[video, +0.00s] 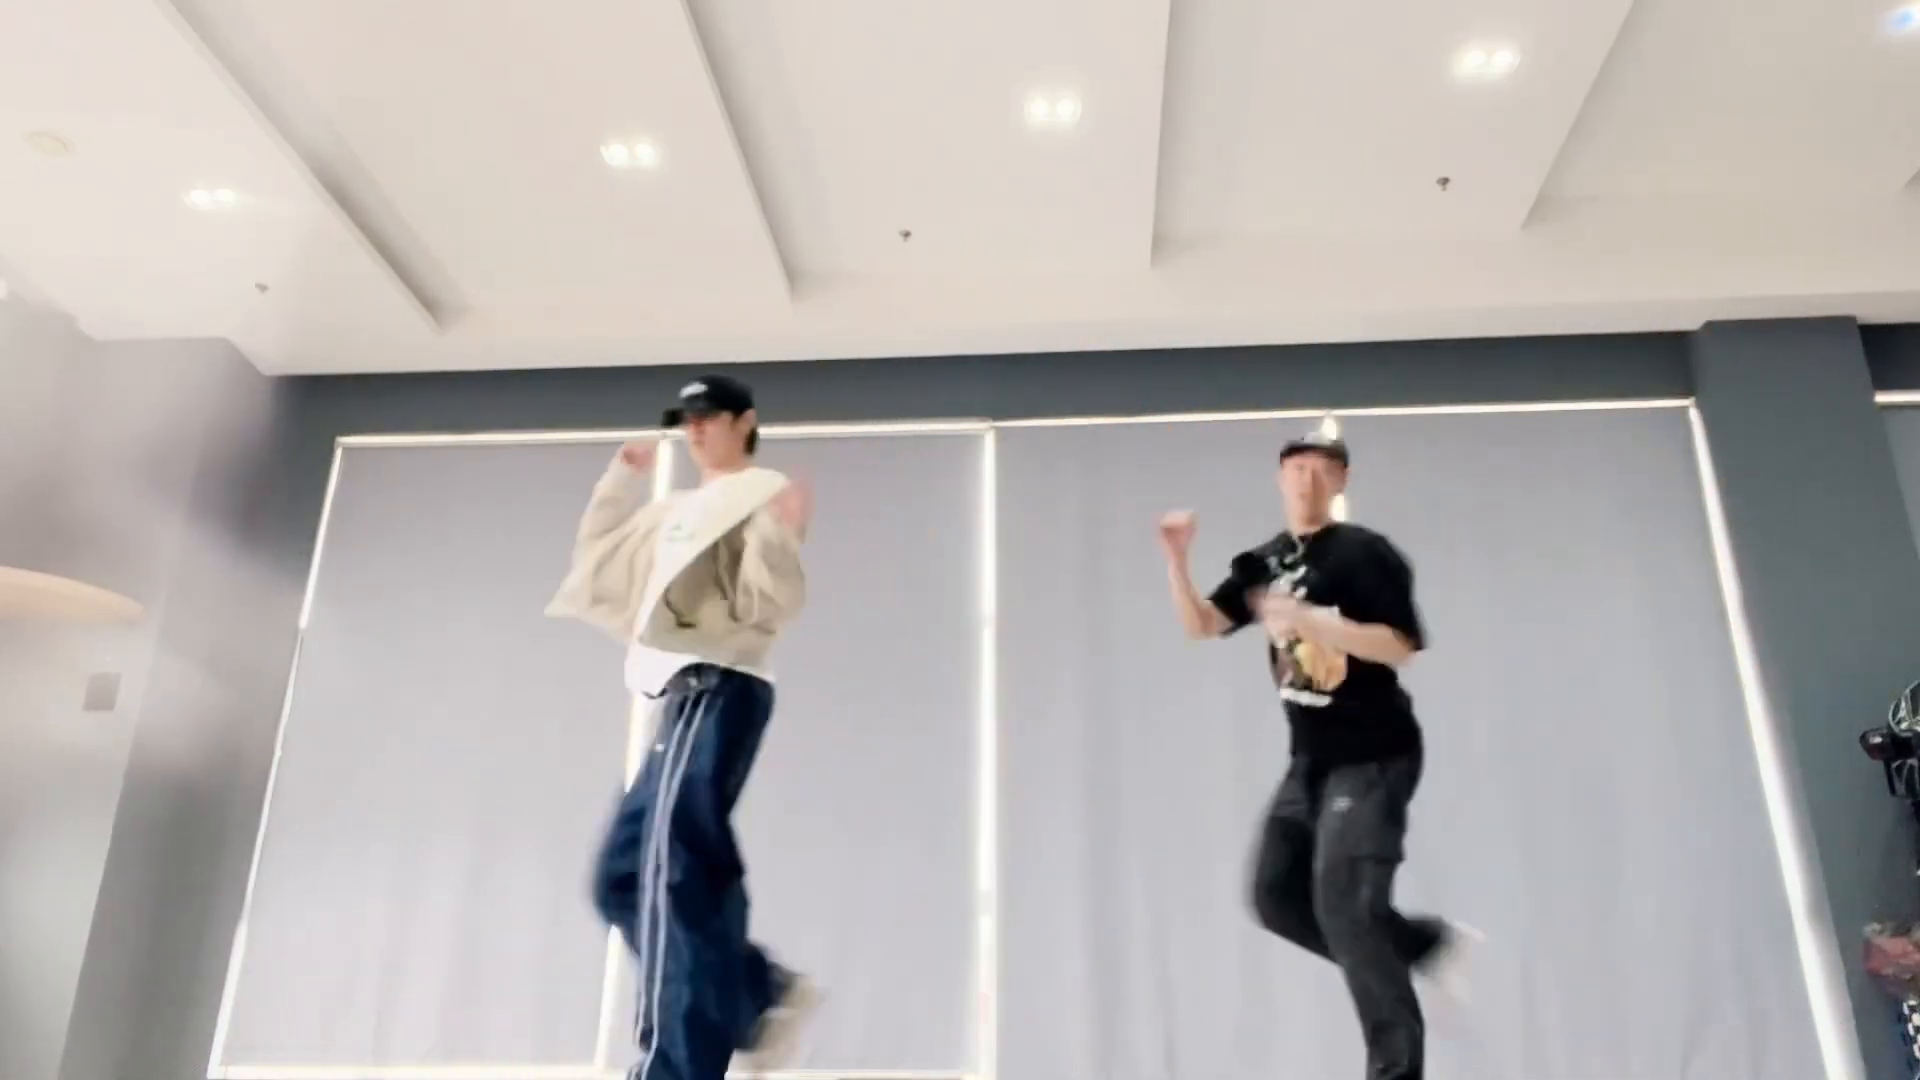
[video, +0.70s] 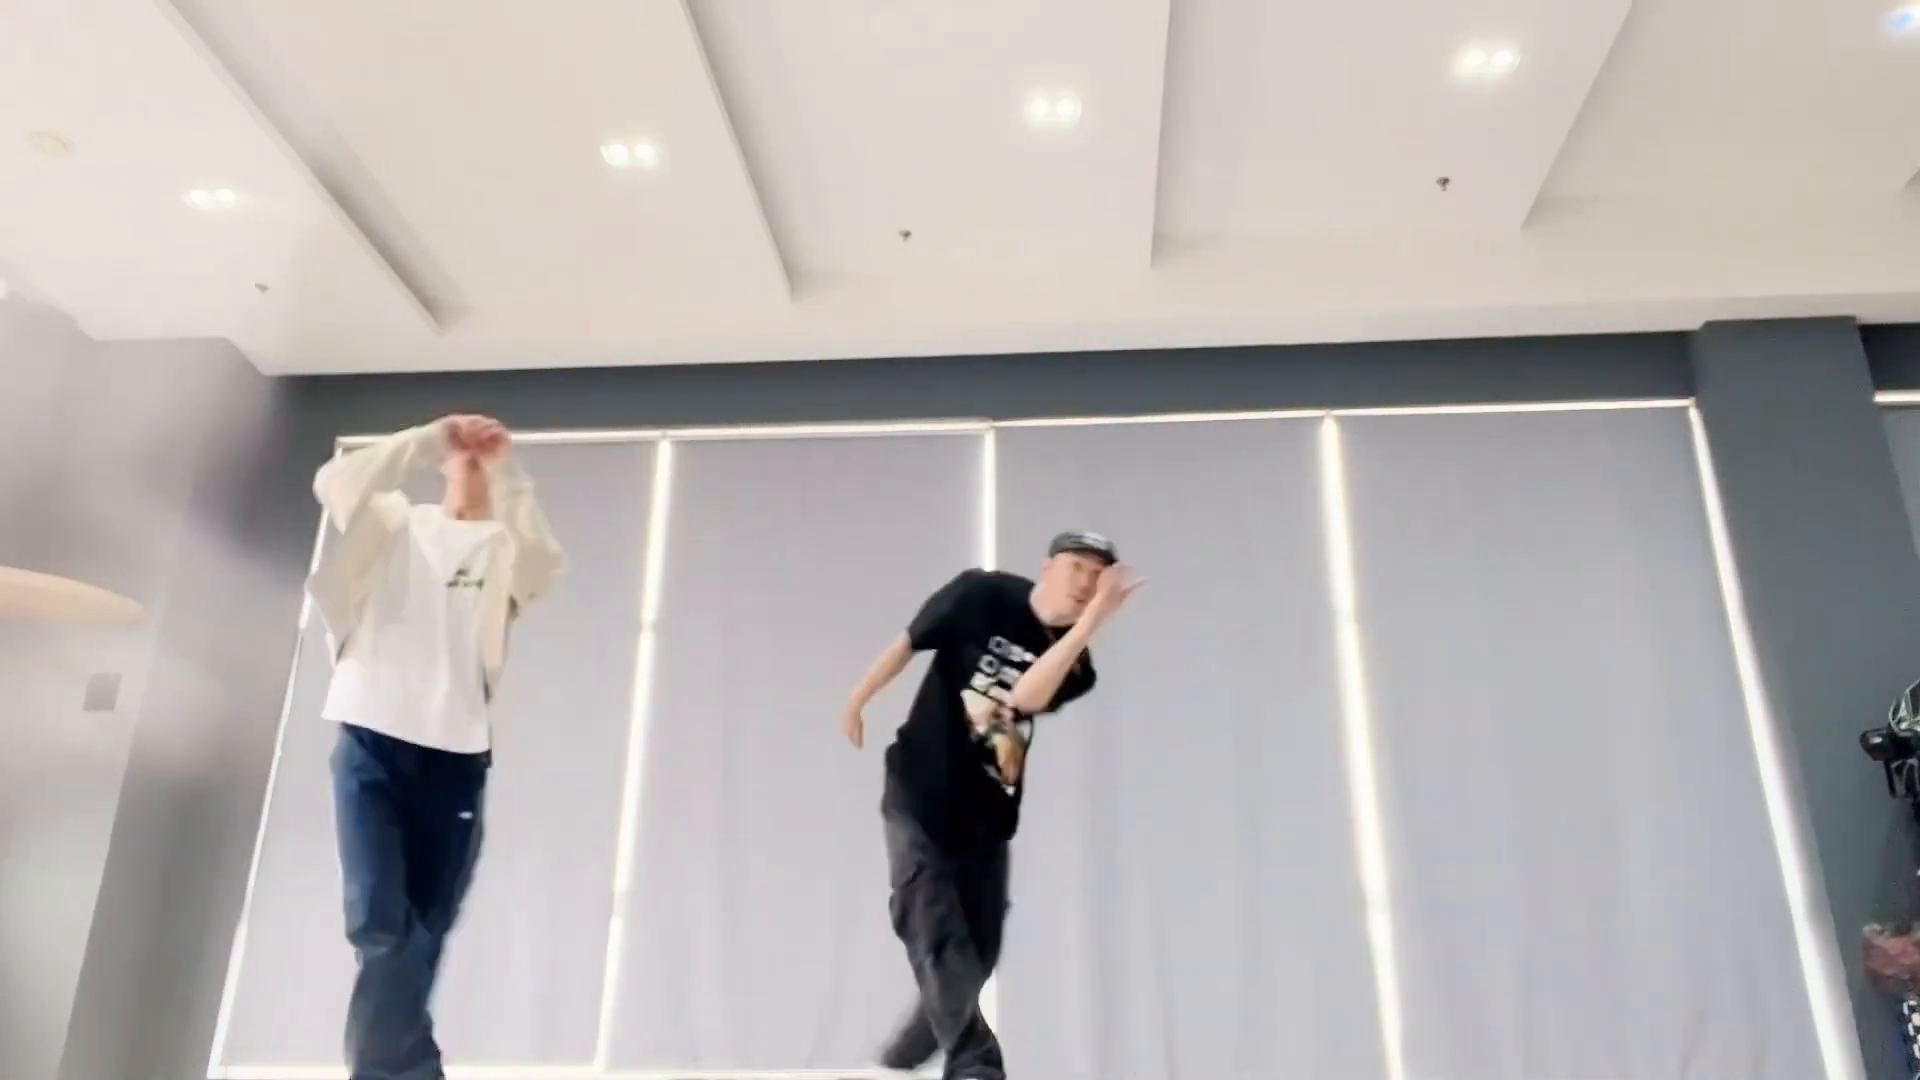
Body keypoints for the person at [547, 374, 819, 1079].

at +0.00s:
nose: (694, 431)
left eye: (708, 418)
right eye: (687, 422)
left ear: (746, 424)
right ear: (682, 436)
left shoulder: (761, 494)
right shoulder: (674, 509)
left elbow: (769, 610)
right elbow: (595, 573)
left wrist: (779, 532)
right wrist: (624, 476)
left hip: (725, 694)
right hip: (673, 699)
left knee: (681, 867)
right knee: (621, 877)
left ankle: (675, 1064)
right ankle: (760, 999)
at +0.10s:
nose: (645, 431)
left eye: (660, 416)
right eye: (638, 422)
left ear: (700, 426)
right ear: (635, 437)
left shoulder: (739, 478)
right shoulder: (628, 529)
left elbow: (759, 534)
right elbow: (548, 585)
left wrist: (675, 458)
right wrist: (494, 540)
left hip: (675, 702)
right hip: (606, 716)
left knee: (637, 879)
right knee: (518, 859)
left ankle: (672, 1066)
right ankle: (595, 1030)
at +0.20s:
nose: (617, 467)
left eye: (624, 447)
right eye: (607, 455)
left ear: (662, 449)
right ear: (602, 467)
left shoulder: (692, 511)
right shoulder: (583, 526)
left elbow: (684, 448)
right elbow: (521, 568)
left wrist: (572, 454)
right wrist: (453, 554)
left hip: (643, 706)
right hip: (561, 714)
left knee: (603, 876)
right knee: (477, 868)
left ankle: (638, 1063)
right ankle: (467, 1053)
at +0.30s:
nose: (569, 479)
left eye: (589, 466)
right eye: (562, 464)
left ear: (624, 479)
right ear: (550, 470)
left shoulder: (647, 555)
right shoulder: (520, 544)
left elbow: (638, 504)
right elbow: (482, 506)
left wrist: (575, 446)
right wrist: (530, 457)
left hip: (598, 747)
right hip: (508, 753)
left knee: (593, 926)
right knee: (433, 931)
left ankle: (617, 1068)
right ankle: (400, 1071)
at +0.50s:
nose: (540, 445)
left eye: (555, 447)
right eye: (534, 438)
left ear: (570, 475)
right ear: (513, 447)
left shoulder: (571, 543)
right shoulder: (447, 502)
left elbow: (608, 545)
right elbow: (410, 421)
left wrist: (573, 443)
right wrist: (508, 424)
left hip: (512, 758)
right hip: (423, 749)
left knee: (562, 940)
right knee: (395, 940)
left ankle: (603, 1069)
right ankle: (399, 1074)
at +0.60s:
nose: (508, 446)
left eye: (523, 443)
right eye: (496, 434)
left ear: (536, 472)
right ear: (475, 453)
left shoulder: (537, 544)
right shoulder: (414, 505)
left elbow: (577, 565)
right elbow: (366, 440)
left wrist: (544, 463)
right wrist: (464, 423)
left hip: (485, 761)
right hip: (396, 750)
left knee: (497, 937)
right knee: (393, 933)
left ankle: (511, 1060)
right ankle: (400, 1073)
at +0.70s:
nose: (473, 459)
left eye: (484, 452)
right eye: (460, 447)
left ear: (495, 467)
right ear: (443, 458)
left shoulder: (505, 546)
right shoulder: (388, 519)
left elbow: (542, 568)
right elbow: (334, 487)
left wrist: (502, 469)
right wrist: (428, 439)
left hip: (458, 759)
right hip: (370, 741)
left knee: (427, 932)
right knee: (380, 925)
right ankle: (413, 1069)